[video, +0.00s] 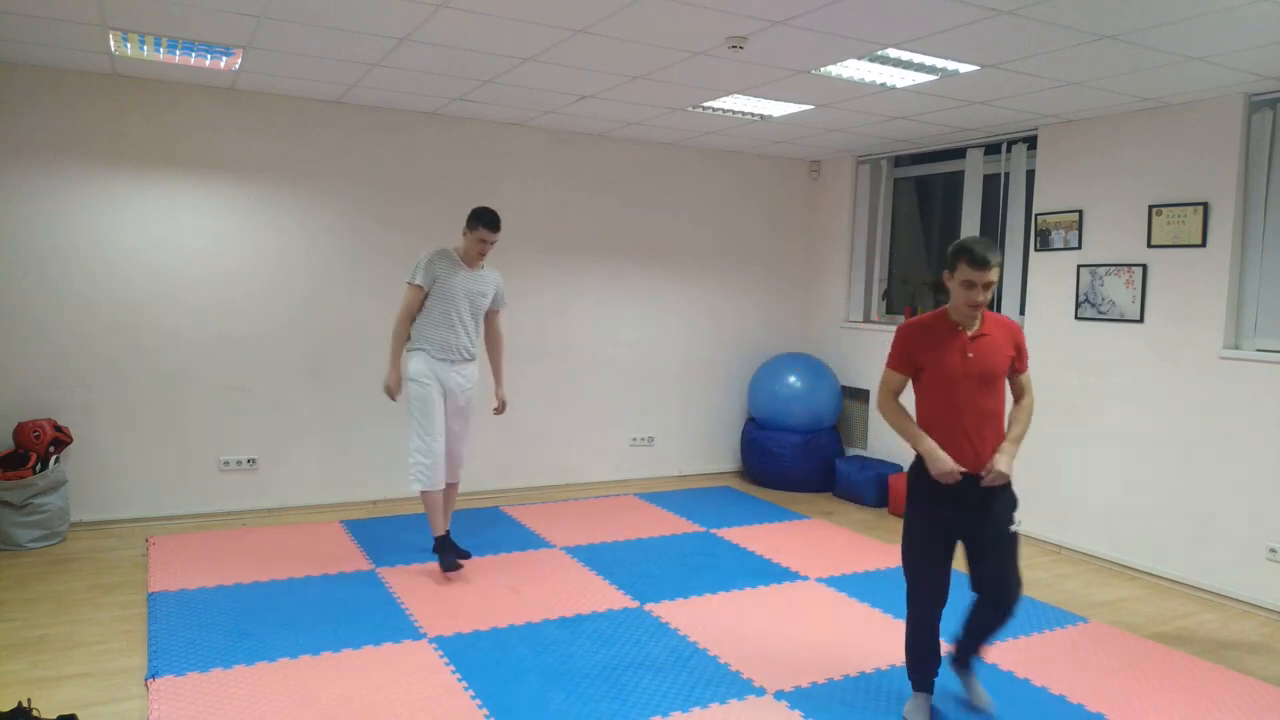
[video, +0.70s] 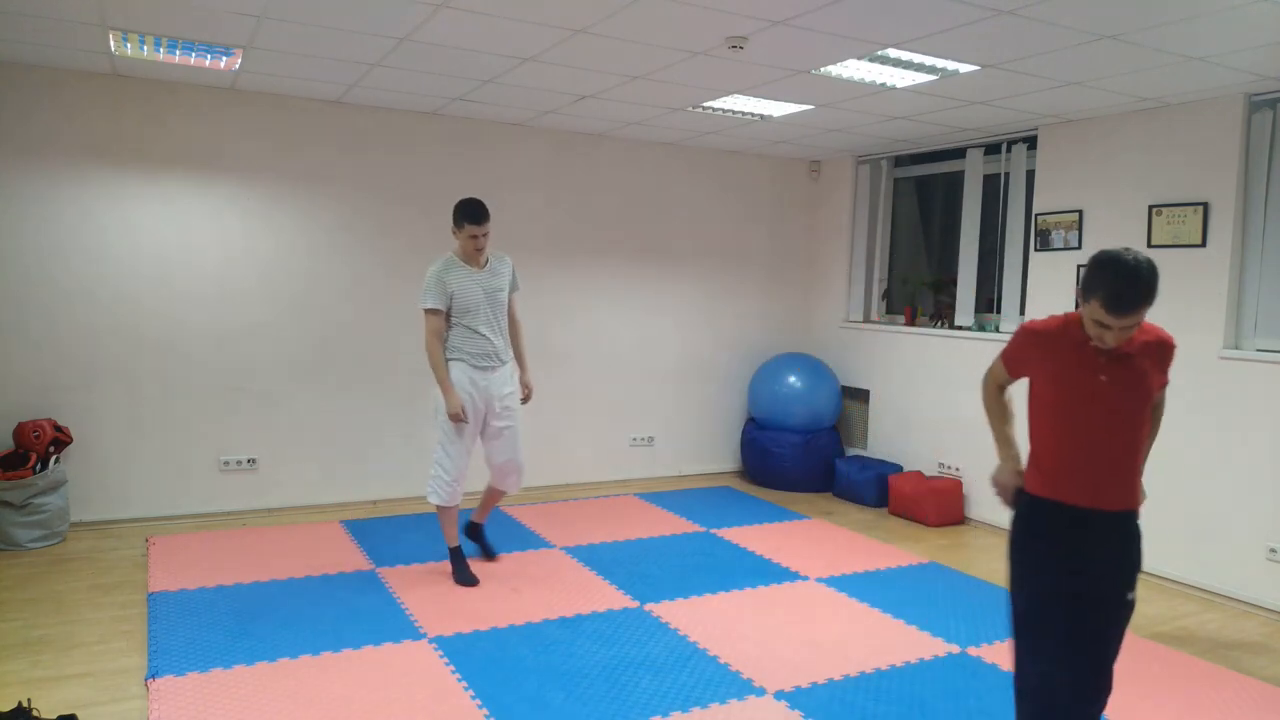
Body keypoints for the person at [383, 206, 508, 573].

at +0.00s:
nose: (486, 248)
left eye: (492, 243)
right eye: (481, 240)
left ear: (497, 243)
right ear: (465, 232)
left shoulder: (492, 280)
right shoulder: (436, 262)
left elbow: (493, 334)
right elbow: (405, 315)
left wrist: (499, 385)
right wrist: (394, 370)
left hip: (464, 371)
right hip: (424, 365)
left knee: (455, 452)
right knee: (431, 449)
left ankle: (444, 533)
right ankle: (439, 540)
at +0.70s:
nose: (481, 242)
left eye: (485, 235)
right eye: (473, 237)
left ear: (491, 229)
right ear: (455, 233)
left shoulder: (503, 266)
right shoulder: (441, 273)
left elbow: (512, 321)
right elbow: (433, 339)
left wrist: (524, 370)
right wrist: (449, 393)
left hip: (502, 378)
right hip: (462, 379)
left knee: (508, 467)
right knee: (451, 468)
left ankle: (476, 526)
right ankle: (454, 552)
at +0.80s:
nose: (486, 243)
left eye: (491, 236)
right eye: (479, 237)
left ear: (496, 230)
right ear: (461, 232)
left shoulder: (507, 266)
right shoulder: (446, 273)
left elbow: (515, 321)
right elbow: (438, 341)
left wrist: (528, 371)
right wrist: (450, 396)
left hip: (507, 377)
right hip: (467, 379)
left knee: (524, 463)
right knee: (455, 467)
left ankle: (505, 537)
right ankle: (456, 553)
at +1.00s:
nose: (507, 246)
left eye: (512, 238)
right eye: (500, 239)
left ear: (517, 234)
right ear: (482, 233)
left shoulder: (524, 267)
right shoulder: (463, 273)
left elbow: (528, 323)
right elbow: (448, 339)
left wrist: (536, 374)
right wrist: (453, 396)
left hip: (519, 380)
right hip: (477, 380)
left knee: (537, 465)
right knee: (463, 468)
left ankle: (562, 554)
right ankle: (457, 555)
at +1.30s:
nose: (554, 244)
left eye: (559, 238)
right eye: (547, 237)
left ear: (564, 237)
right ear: (530, 233)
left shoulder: (569, 277)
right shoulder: (507, 270)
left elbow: (570, 335)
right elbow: (483, 331)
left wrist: (577, 389)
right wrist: (479, 390)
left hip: (556, 385)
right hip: (511, 384)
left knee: (575, 472)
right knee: (491, 471)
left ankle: (569, 564)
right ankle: (464, 557)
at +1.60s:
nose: (598, 241)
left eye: (603, 234)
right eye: (591, 233)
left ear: (608, 233)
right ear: (574, 229)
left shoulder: (612, 277)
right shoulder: (547, 266)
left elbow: (624, 337)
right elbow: (525, 324)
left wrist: (639, 392)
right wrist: (532, 378)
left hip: (586, 382)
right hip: (548, 379)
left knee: (586, 472)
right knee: (539, 471)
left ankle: (570, 563)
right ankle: (505, 554)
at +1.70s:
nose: (609, 241)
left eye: (615, 234)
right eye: (603, 233)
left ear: (619, 234)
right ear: (586, 229)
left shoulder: (621, 278)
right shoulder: (560, 266)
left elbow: (634, 336)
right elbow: (535, 324)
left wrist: (652, 390)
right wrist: (544, 378)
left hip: (595, 383)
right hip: (557, 381)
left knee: (590, 474)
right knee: (555, 474)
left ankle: (570, 564)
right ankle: (539, 564)